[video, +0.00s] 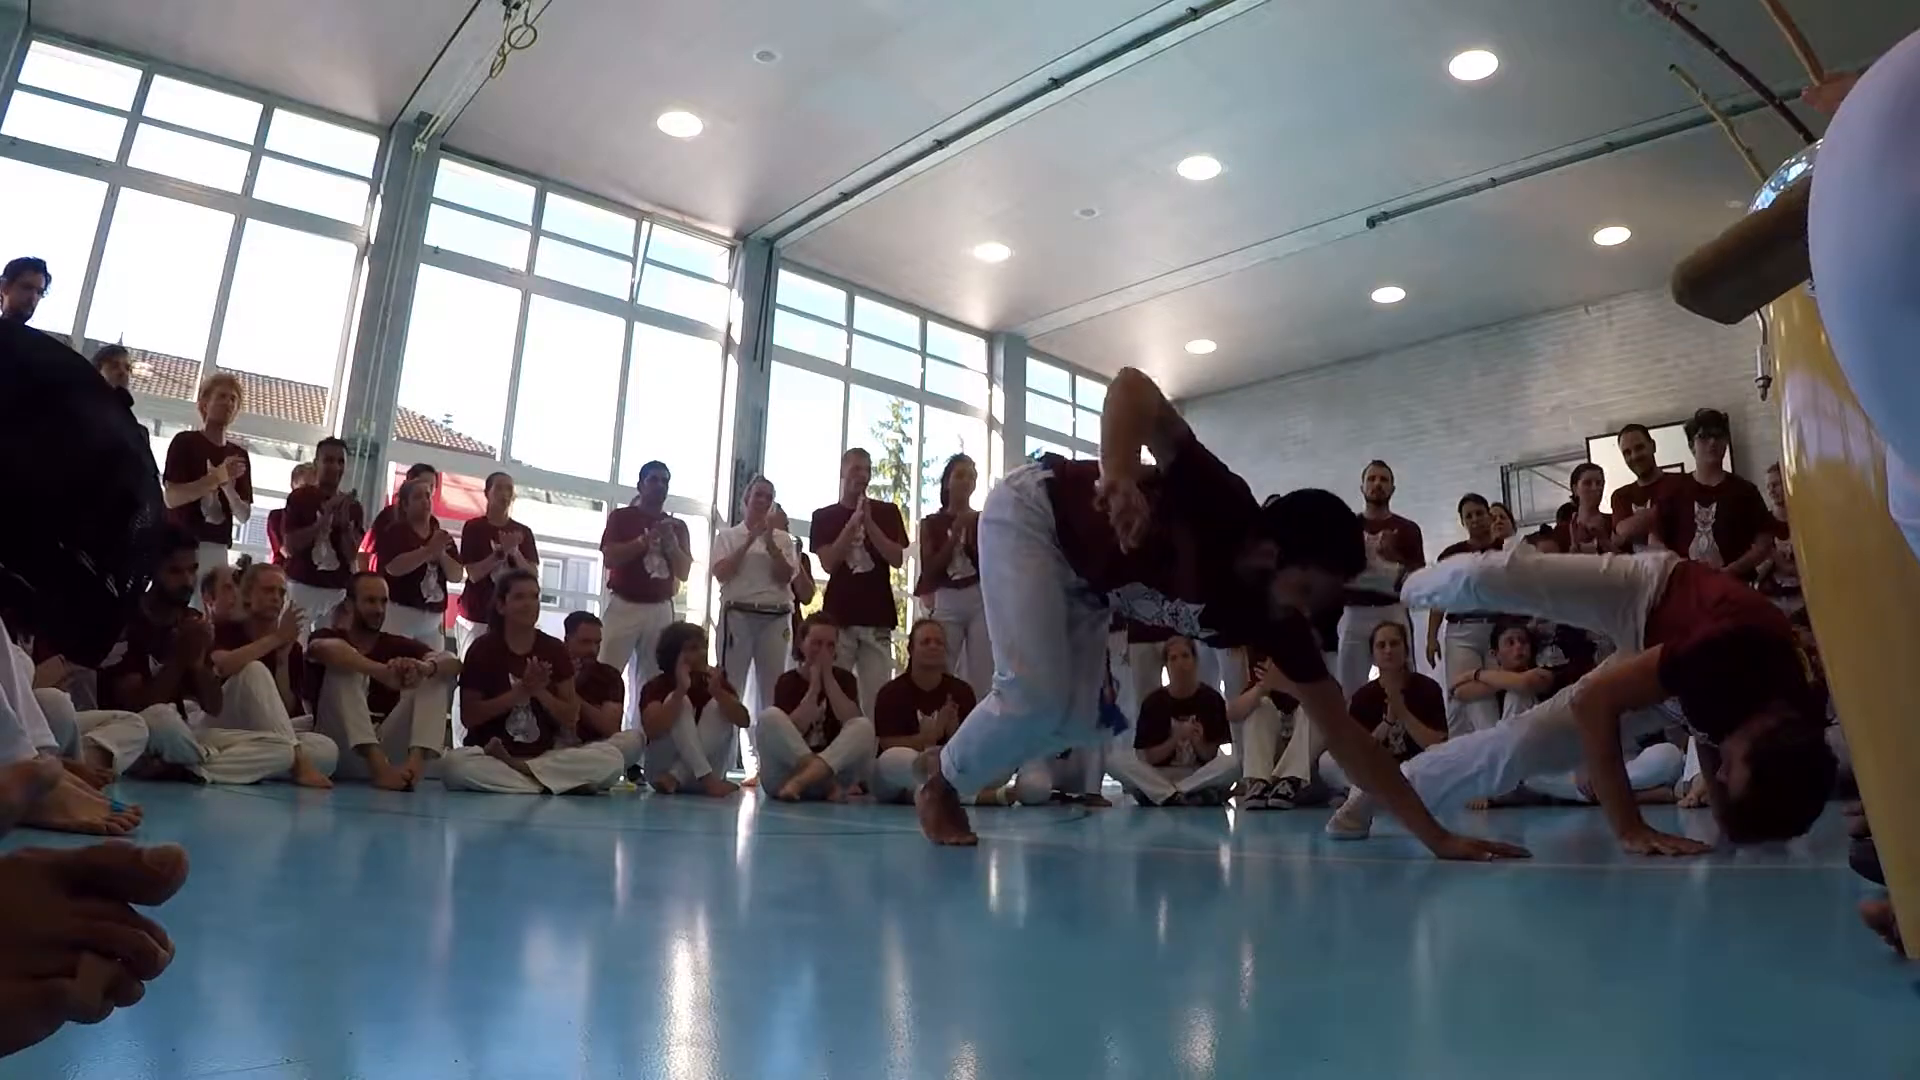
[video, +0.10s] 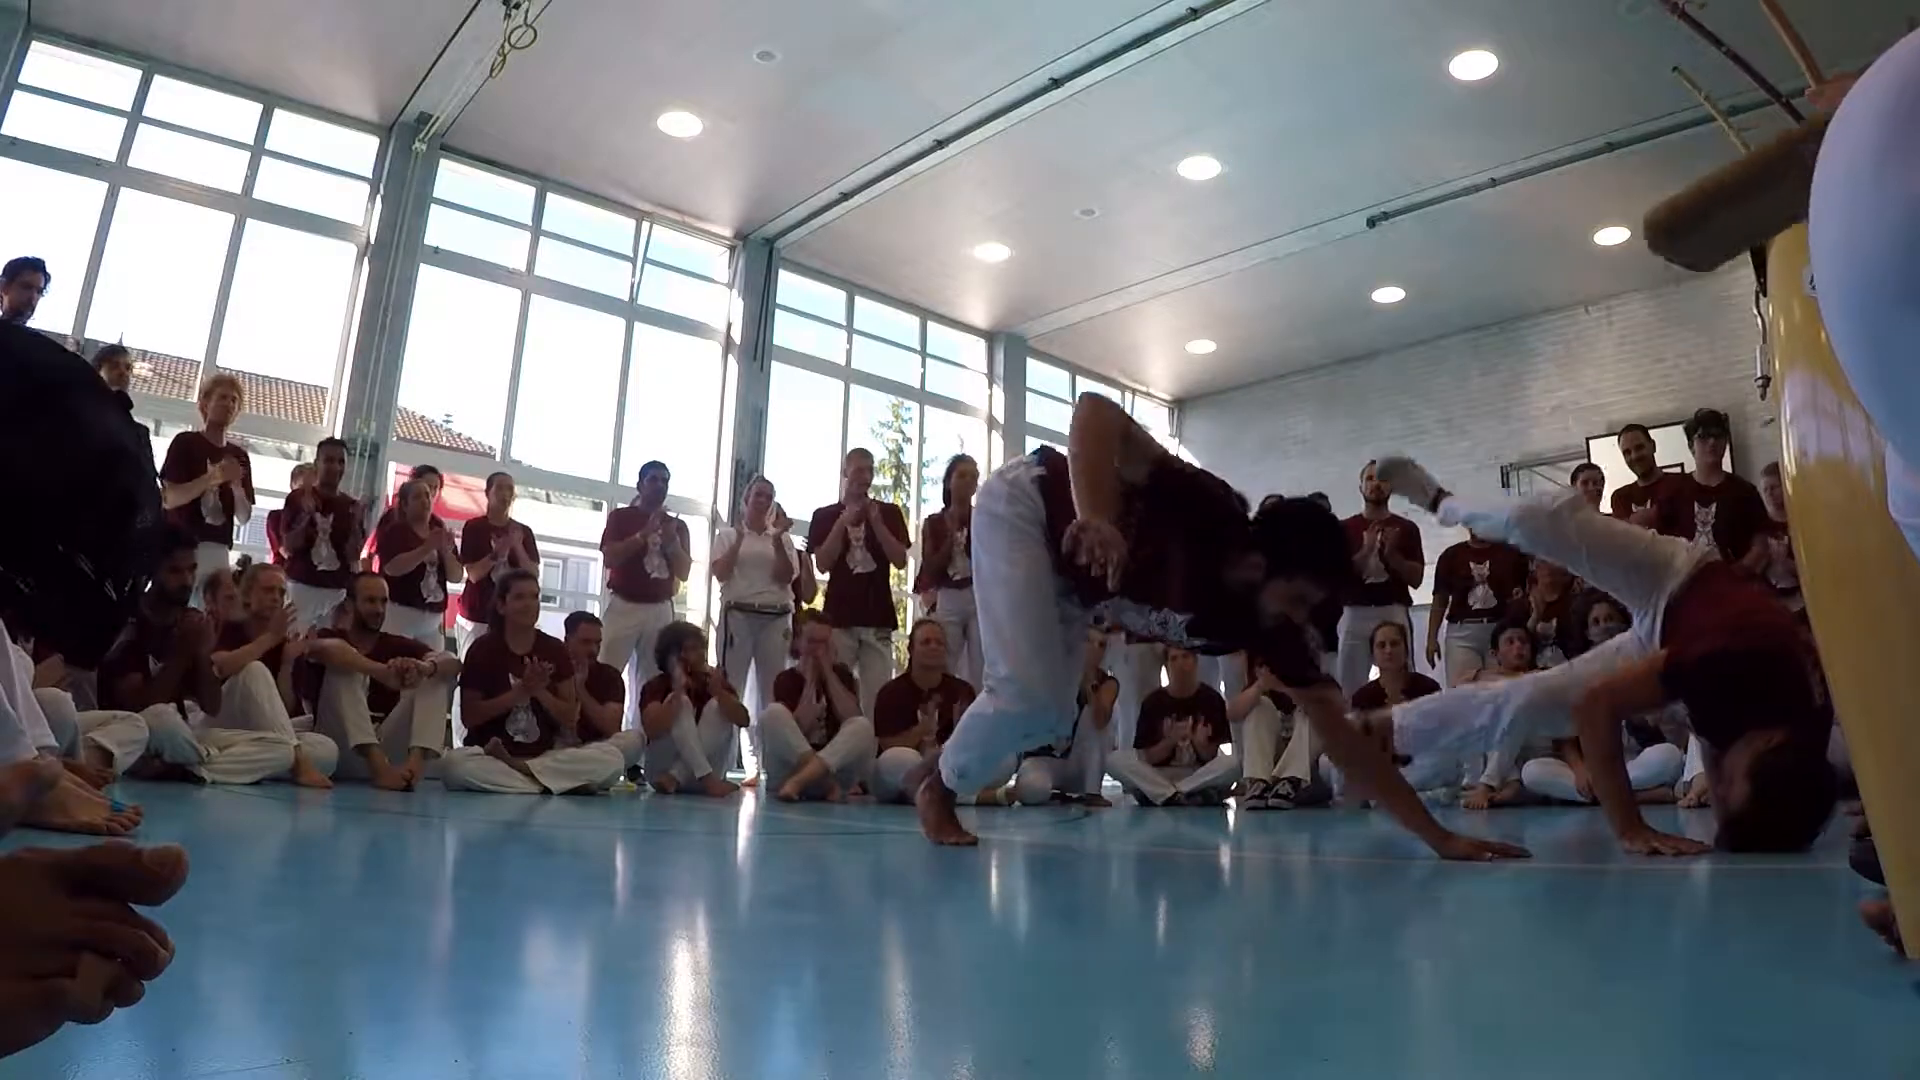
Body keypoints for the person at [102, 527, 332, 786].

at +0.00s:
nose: (187, 580)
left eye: (190, 571)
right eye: (175, 572)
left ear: (195, 570)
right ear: (153, 572)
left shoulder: (193, 621)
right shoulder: (129, 618)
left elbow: (212, 705)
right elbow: (134, 704)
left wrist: (201, 655)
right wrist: (181, 656)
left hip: (190, 730)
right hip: (139, 733)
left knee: (284, 753)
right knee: (162, 717)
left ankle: (185, 770)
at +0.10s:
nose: (186, 580)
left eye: (190, 570)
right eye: (175, 571)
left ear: (196, 571)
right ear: (152, 573)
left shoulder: (193, 623)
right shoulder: (132, 624)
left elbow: (210, 705)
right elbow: (135, 707)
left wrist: (202, 651)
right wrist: (182, 652)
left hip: (184, 733)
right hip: (136, 737)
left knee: (285, 752)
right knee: (160, 716)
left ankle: (189, 771)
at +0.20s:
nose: (186, 580)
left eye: (190, 570)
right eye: (174, 571)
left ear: (195, 570)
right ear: (152, 571)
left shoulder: (193, 622)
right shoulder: (132, 618)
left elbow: (211, 705)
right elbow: (136, 704)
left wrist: (201, 653)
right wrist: (182, 652)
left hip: (187, 731)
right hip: (137, 734)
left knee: (284, 752)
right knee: (162, 717)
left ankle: (184, 771)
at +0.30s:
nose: (186, 580)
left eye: (191, 570)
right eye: (174, 572)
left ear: (196, 570)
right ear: (153, 572)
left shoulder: (193, 621)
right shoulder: (129, 618)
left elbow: (211, 704)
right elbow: (135, 704)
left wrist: (201, 658)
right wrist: (181, 655)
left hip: (185, 730)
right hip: (135, 734)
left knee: (285, 752)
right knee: (161, 716)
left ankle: (182, 771)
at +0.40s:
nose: (187, 580)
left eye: (191, 570)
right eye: (175, 571)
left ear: (196, 569)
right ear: (153, 572)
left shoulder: (194, 622)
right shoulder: (129, 618)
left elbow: (210, 705)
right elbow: (133, 703)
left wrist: (202, 656)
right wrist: (181, 655)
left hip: (188, 729)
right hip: (134, 731)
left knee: (285, 753)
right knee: (161, 716)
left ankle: (182, 771)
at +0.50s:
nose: (188, 580)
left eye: (192, 569)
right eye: (176, 571)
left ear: (197, 569)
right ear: (152, 572)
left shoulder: (193, 623)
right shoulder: (129, 619)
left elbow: (208, 708)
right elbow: (135, 704)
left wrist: (202, 652)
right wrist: (182, 652)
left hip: (183, 731)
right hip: (134, 733)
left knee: (283, 753)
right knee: (161, 716)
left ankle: (182, 771)